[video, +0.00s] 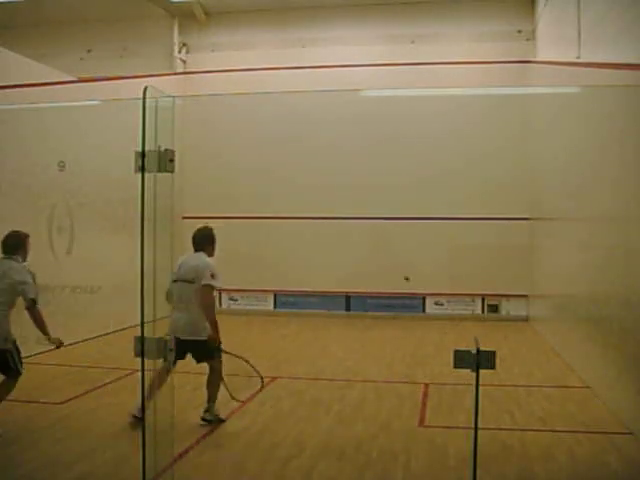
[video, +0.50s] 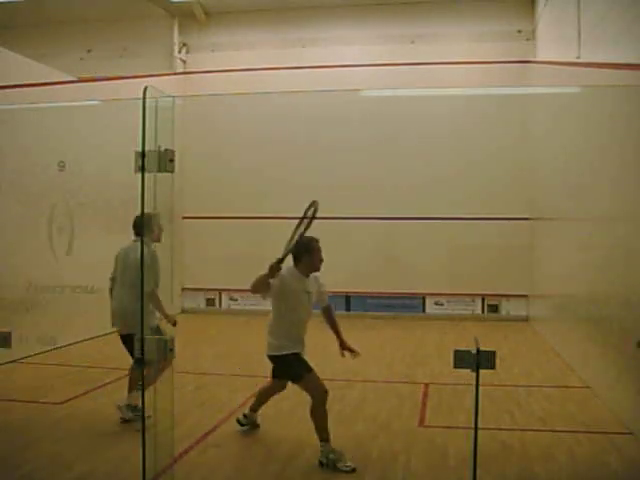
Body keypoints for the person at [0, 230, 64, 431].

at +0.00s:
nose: (28, 251)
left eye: (27, 247)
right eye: (26, 247)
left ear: (6, 247)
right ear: (20, 249)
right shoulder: (21, 273)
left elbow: (31, 308)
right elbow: (32, 307)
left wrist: (48, 336)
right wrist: (48, 336)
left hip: (4, 334)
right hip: (3, 335)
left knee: (13, 371)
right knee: (13, 371)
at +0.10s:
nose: (59, 246)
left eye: (58, 242)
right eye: (57, 242)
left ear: (34, 241)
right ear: (52, 243)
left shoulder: (13, 259)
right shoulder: (49, 265)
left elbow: (2, 282)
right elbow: (58, 302)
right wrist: (69, 328)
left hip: (1, 322)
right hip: (18, 326)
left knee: (10, 373)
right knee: (18, 376)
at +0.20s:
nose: (87, 235)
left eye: (87, 231)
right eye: (86, 231)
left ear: (65, 230)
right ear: (78, 231)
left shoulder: (41, 250)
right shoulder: (79, 254)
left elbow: (20, 281)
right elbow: (86, 288)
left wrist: (12, 312)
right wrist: (89, 309)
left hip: (31, 315)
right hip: (52, 318)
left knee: (55, 357)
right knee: (36, 367)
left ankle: (58, 403)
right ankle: (5, 403)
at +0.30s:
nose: (113, 232)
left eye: (112, 227)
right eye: (111, 228)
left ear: (90, 229)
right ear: (102, 229)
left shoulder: (71, 251)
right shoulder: (105, 251)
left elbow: (51, 283)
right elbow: (111, 283)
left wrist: (48, 312)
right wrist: (114, 303)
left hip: (70, 315)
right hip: (86, 317)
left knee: (98, 355)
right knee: (70, 366)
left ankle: (116, 401)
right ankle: (25, 403)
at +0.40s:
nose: (137, 235)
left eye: (136, 230)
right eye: (134, 230)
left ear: (114, 234)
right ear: (125, 233)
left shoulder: (98, 257)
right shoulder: (127, 258)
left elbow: (82, 292)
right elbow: (134, 296)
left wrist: (82, 321)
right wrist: (147, 314)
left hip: (100, 322)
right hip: (116, 324)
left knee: (130, 362)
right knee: (114, 374)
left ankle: (129, 407)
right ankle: (76, 397)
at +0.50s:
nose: (162, 230)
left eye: (160, 225)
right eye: (159, 226)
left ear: (138, 230)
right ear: (150, 229)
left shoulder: (123, 252)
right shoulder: (149, 253)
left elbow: (113, 285)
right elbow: (150, 291)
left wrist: (118, 311)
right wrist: (167, 315)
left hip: (122, 322)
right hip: (140, 322)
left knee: (139, 361)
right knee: (165, 357)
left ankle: (132, 404)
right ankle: (133, 398)